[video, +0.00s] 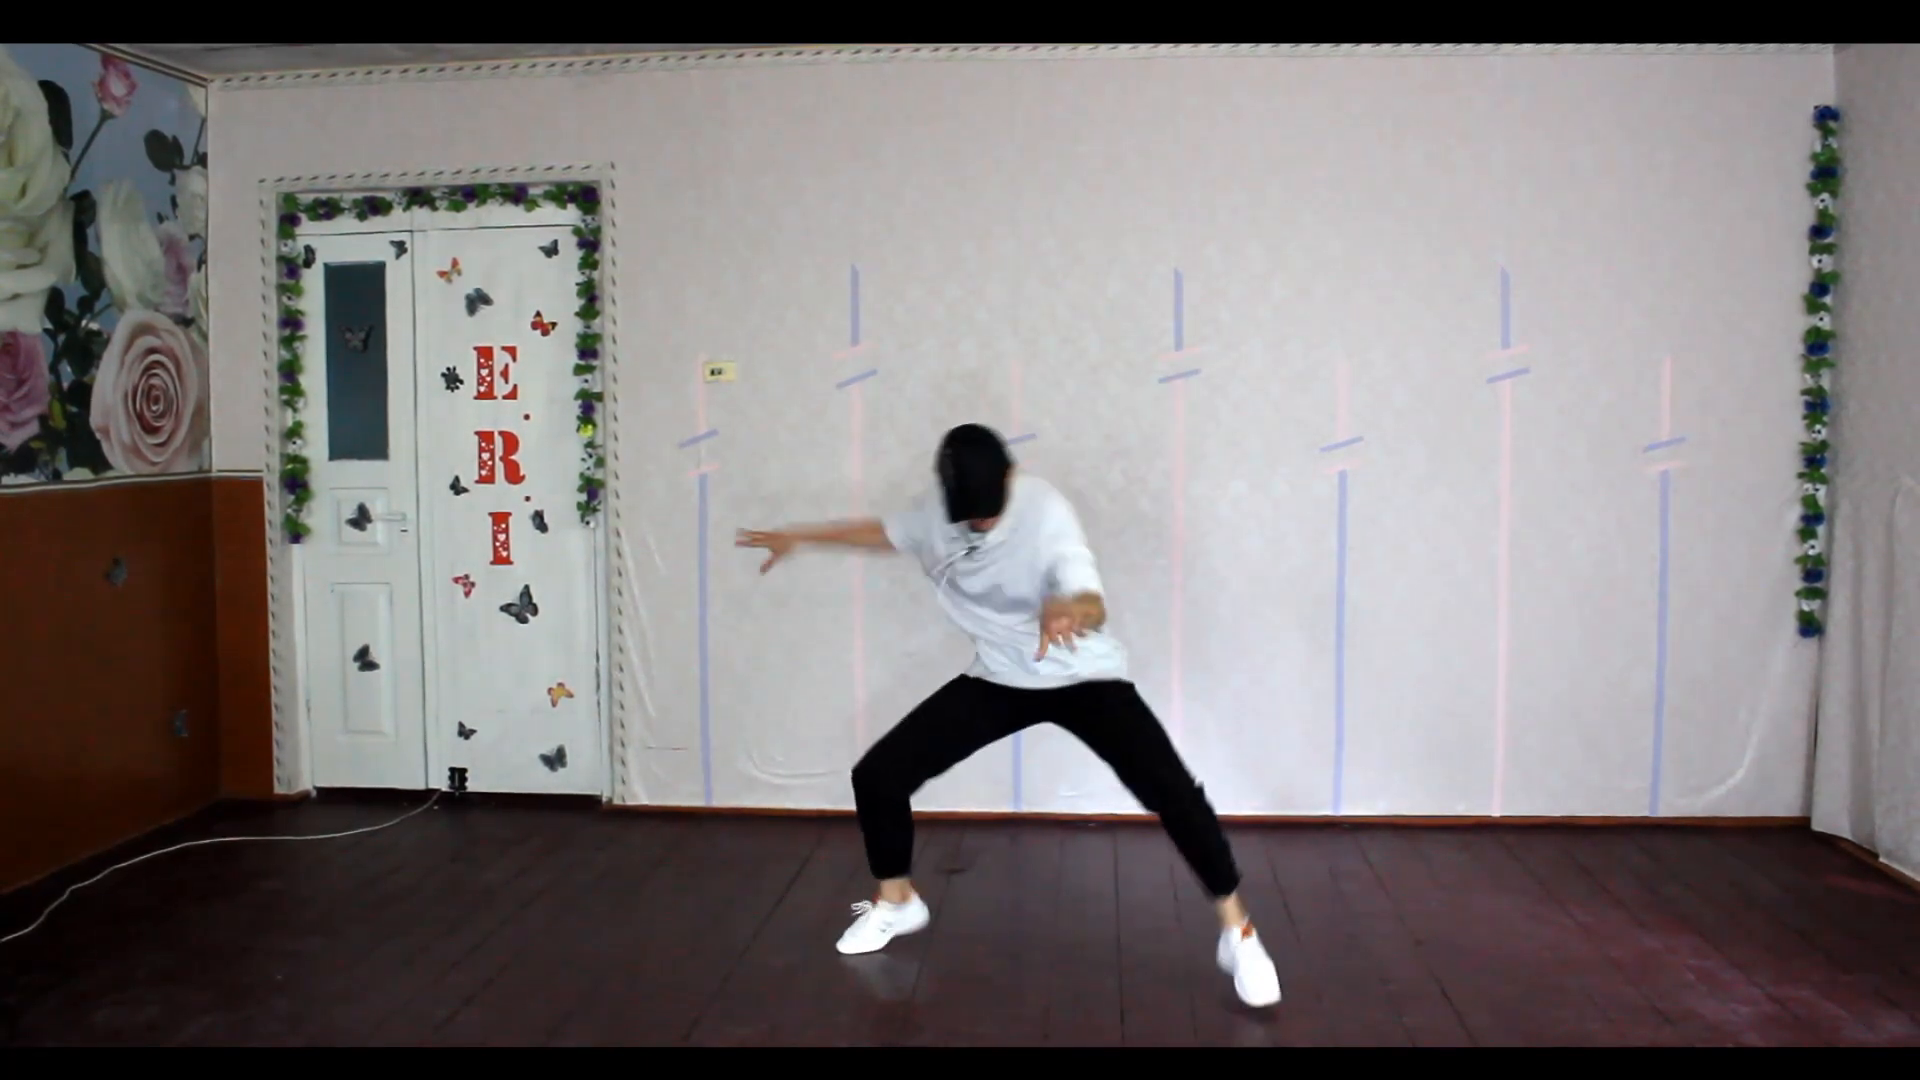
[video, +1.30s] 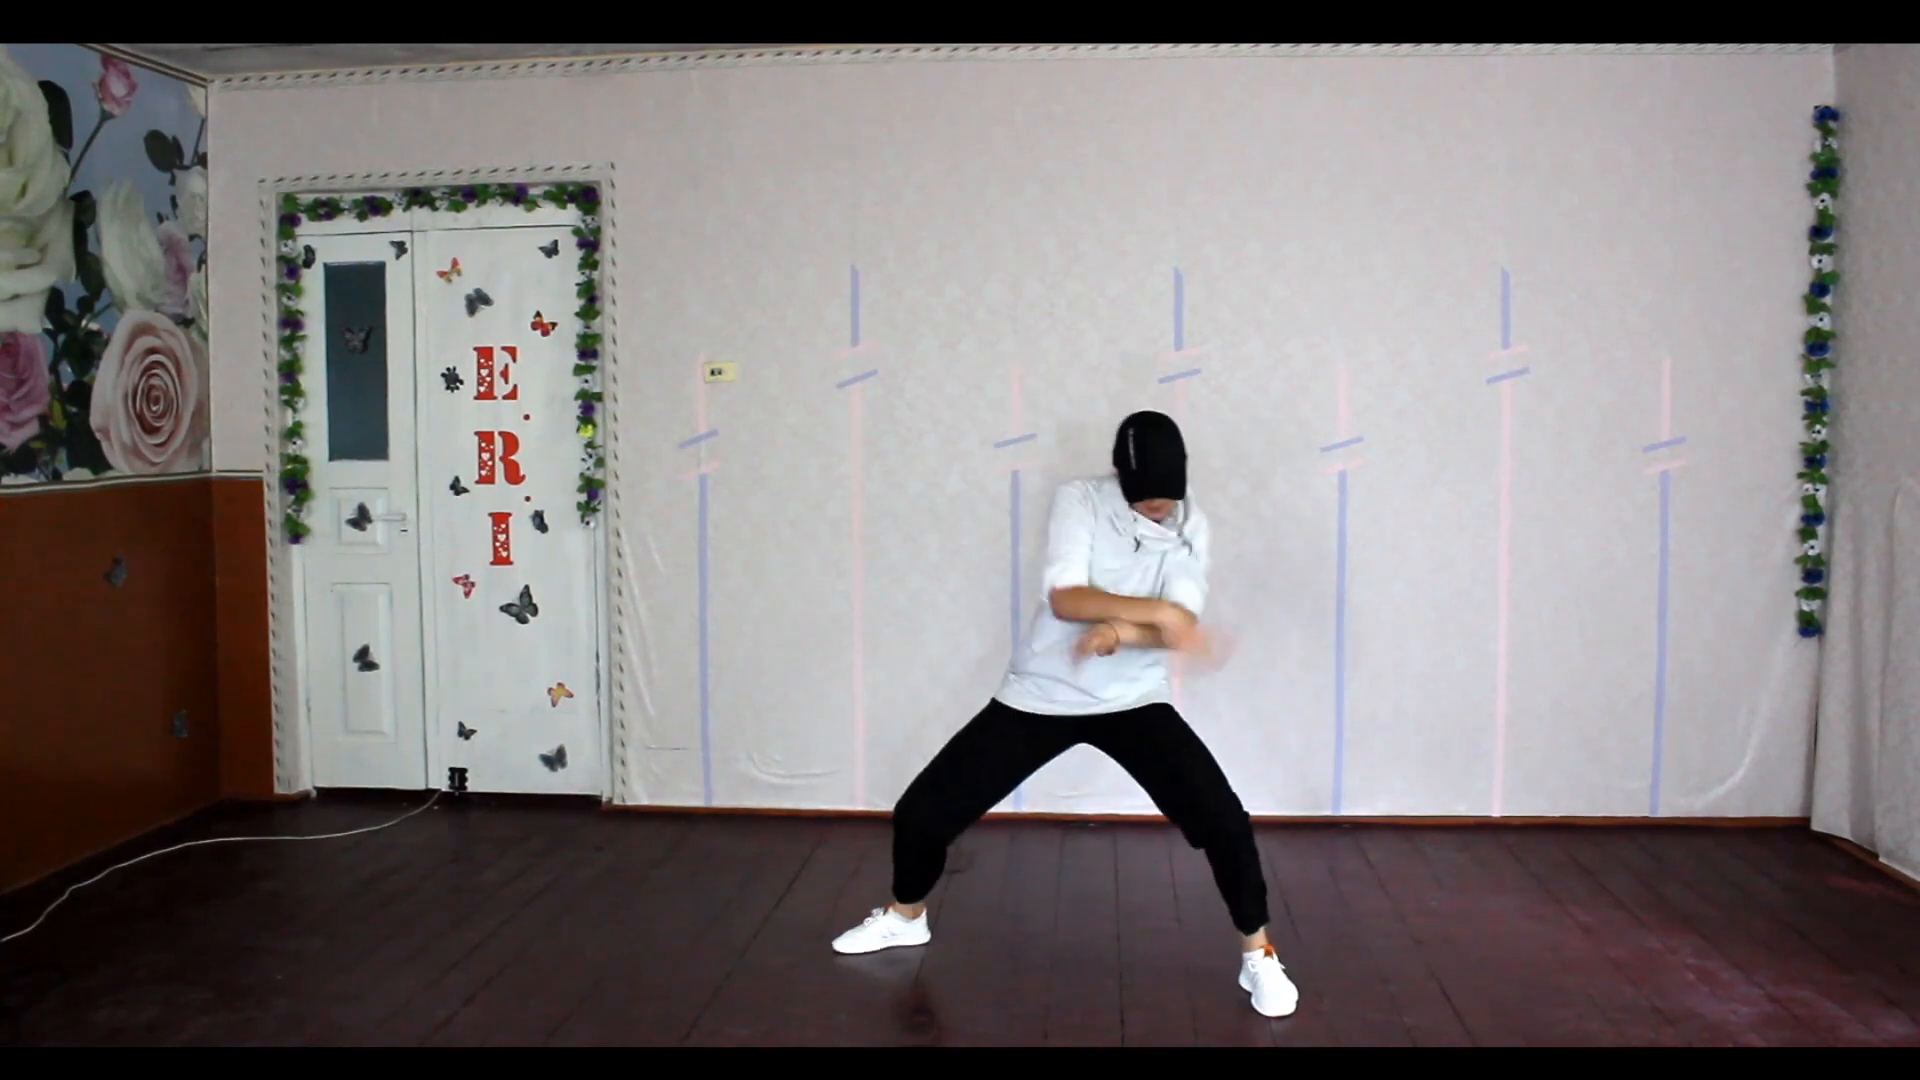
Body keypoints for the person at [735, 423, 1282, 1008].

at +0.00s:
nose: (982, 527)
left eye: (991, 516)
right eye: (969, 519)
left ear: (1007, 486)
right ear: (947, 499)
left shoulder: (1045, 511)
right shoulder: (930, 522)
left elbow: (1090, 603)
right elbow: (877, 535)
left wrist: (1061, 611)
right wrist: (795, 537)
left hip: (1085, 682)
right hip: (996, 682)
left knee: (1174, 794)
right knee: (879, 775)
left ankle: (1237, 929)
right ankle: (896, 901)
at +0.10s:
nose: (1036, 536)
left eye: (1044, 526)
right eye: (1023, 529)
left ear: (1061, 498)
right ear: (998, 506)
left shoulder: (1087, 542)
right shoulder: (976, 528)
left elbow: (1098, 658)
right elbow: (947, 588)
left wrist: (1077, 663)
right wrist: (858, 613)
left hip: (1086, 711)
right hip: (996, 706)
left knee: (1162, 825)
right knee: (882, 798)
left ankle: (1238, 959)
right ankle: (904, 914)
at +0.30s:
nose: (998, 534)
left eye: (1006, 522)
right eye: (985, 526)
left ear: (1021, 494)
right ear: (962, 509)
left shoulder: (1054, 522)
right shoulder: (945, 539)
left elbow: (1098, 609)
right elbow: (895, 559)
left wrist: (1069, 599)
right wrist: (815, 561)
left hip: (1089, 698)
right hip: (999, 700)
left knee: (1191, 793)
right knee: (866, 773)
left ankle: (1249, 942)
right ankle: (881, 894)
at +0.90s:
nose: (971, 529)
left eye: (980, 515)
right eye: (959, 519)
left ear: (1002, 485)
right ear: (942, 502)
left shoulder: (1049, 508)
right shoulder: (943, 540)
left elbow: (1093, 571)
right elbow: (870, 586)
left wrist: (1085, 598)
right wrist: (832, 532)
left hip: (1108, 689)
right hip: (1017, 691)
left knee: (1196, 809)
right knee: (895, 784)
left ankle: (1264, 947)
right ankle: (891, 903)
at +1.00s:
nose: (997, 496)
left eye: (1005, 485)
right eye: (988, 486)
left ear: (1021, 472)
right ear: (975, 478)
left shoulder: (1072, 500)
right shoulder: (967, 532)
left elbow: (1106, 589)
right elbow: (917, 592)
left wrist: (1056, 599)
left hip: (1114, 684)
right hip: (1022, 688)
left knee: (1209, 797)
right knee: (902, 786)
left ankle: (1267, 939)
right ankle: (891, 904)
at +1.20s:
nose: (1145, 505)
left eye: (1154, 493)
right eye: (1133, 495)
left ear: (1165, 474)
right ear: (1109, 474)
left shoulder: (1175, 517)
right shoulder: (1065, 497)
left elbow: (1166, 613)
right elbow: (1050, 589)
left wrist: (1090, 646)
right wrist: (1146, 618)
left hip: (1127, 704)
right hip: (1032, 699)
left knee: (1219, 818)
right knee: (920, 813)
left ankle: (1258, 953)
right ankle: (905, 916)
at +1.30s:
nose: (1159, 515)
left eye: (1169, 504)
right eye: (1147, 505)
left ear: (1183, 481)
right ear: (1123, 480)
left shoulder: (1193, 526)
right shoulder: (1080, 500)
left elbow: (1176, 622)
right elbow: (1064, 598)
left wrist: (1123, 631)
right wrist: (1162, 611)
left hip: (1135, 704)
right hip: (1039, 698)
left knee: (1225, 823)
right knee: (919, 816)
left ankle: (1258, 953)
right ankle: (905, 916)